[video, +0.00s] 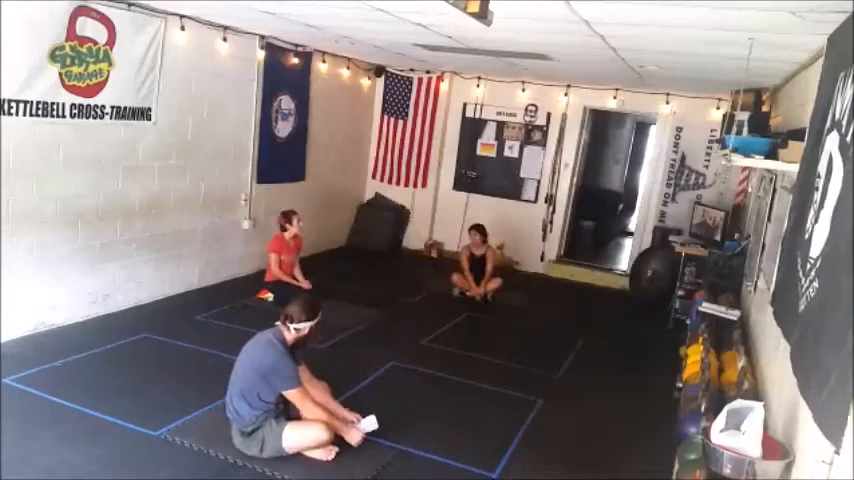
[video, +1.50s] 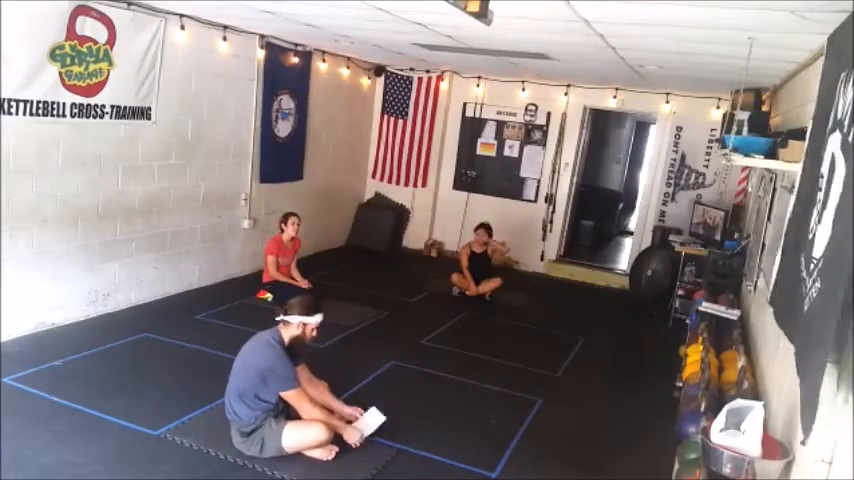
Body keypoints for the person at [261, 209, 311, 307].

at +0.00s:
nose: (301, 224)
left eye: (300, 221)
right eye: (298, 221)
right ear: (288, 225)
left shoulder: (297, 239)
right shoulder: (276, 242)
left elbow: (295, 264)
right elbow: (275, 270)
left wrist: (302, 281)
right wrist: (298, 284)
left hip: (289, 279)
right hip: (274, 281)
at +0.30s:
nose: (294, 227)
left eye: (296, 224)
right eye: (291, 223)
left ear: (299, 227)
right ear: (282, 226)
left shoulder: (295, 243)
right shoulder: (272, 243)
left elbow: (292, 268)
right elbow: (271, 272)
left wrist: (300, 282)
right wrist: (296, 284)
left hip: (286, 281)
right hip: (271, 283)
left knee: (310, 293)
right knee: (302, 298)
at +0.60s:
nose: (294, 226)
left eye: (296, 223)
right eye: (290, 223)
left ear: (298, 225)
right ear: (282, 225)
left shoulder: (295, 242)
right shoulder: (273, 243)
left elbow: (293, 267)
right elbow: (272, 272)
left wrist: (301, 281)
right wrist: (297, 284)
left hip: (287, 280)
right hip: (272, 282)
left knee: (309, 294)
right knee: (300, 298)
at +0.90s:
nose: (296, 227)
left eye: (297, 224)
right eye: (292, 224)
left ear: (299, 225)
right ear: (283, 226)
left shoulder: (295, 242)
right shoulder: (274, 243)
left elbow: (293, 267)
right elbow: (272, 272)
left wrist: (301, 281)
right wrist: (297, 284)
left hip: (287, 281)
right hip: (272, 283)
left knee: (308, 292)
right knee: (302, 296)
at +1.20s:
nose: (299, 226)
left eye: (298, 223)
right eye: (295, 223)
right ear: (285, 227)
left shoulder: (295, 242)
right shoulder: (274, 243)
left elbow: (293, 267)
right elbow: (272, 272)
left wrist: (301, 281)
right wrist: (297, 284)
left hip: (287, 281)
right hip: (272, 283)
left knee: (309, 292)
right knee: (301, 297)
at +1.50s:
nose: (296, 227)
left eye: (298, 225)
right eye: (292, 224)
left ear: (299, 226)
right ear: (283, 226)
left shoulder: (296, 242)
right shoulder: (274, 243)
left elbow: (293, 267)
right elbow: (272, 273)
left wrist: (302, 281)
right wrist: (297, 284)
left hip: (287, 280)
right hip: (272, 282)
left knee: (307, 291)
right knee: (300, 295)